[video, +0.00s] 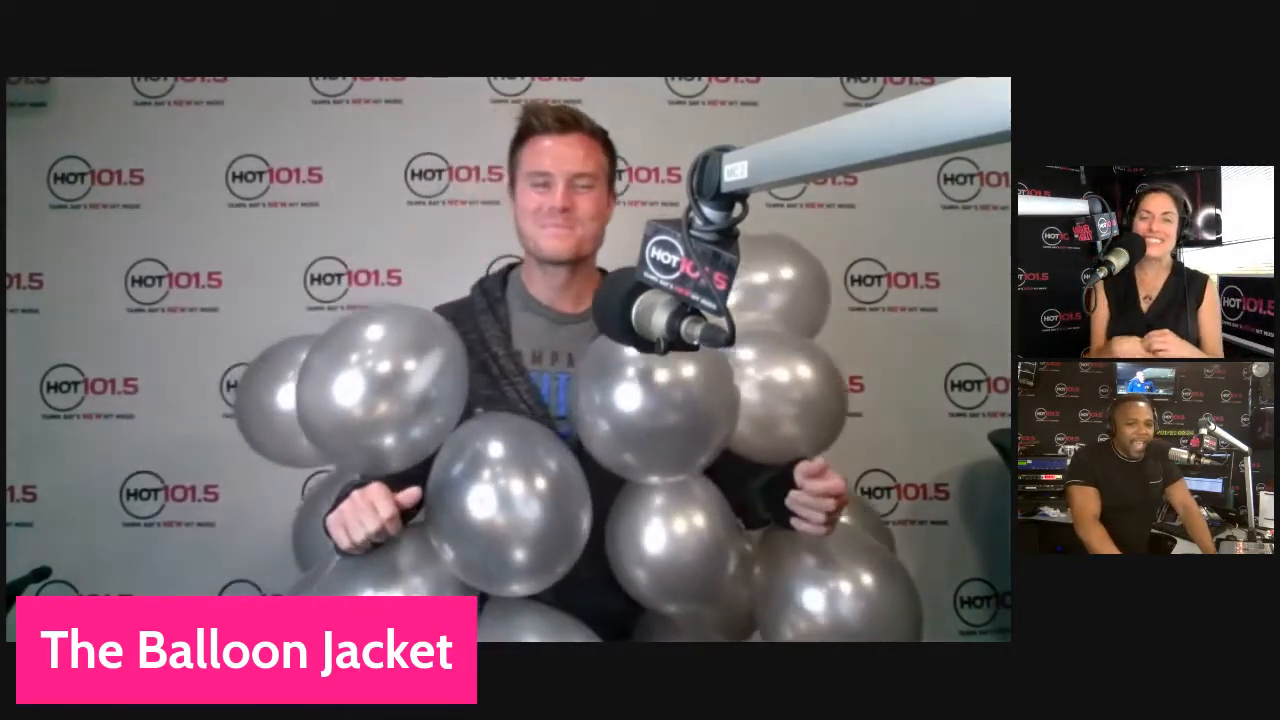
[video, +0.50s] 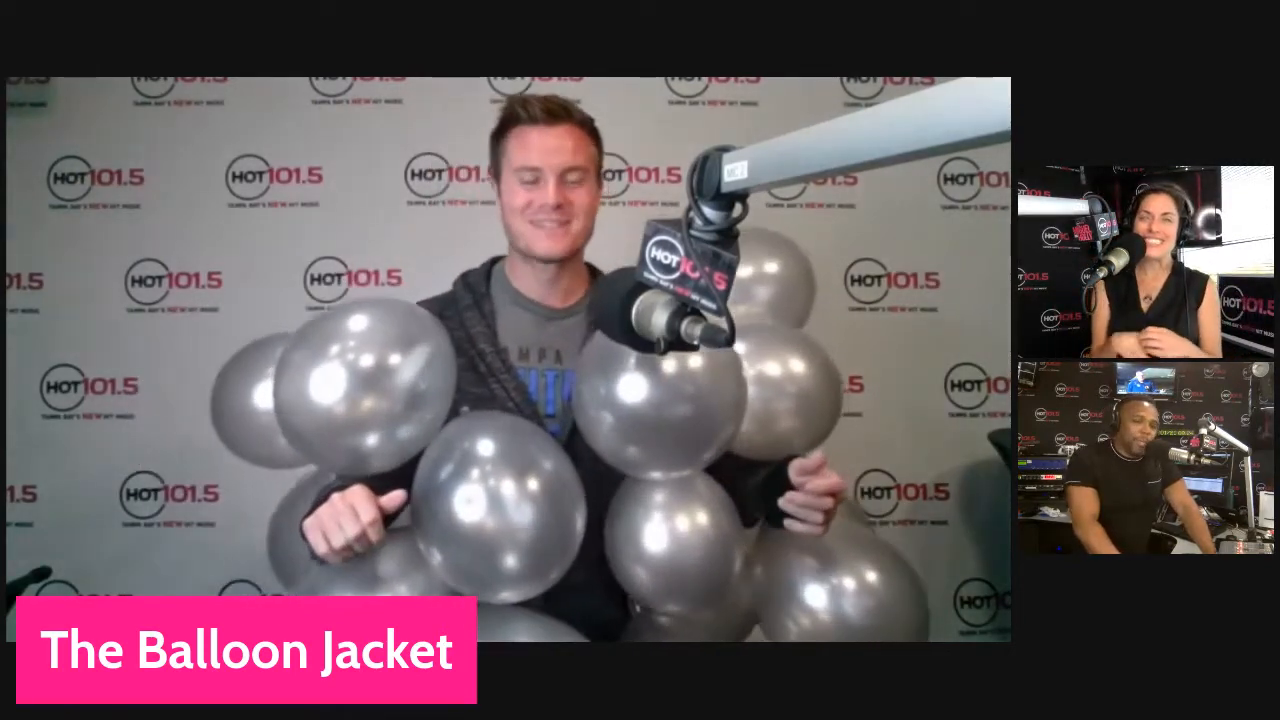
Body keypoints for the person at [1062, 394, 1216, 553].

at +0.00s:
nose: (1142, 432)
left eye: (1148, 424)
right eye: (1132, 424)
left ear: (1154, 428)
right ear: (1112, 427)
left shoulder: (1158, 457)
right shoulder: (1088, 460)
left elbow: (1187, 507)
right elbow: (1087, 524)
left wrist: (1210, 552)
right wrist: (1119, 560)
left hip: (1143, 554)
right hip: (1099, 555)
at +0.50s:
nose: (1146, 430)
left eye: (1152, 424)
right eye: (1137, 421)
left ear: (1157, 430)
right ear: (1117, 422)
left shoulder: (1157, 457)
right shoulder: (1086, 459)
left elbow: (1186, 508)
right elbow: (1085, 524)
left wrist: (1210, 552)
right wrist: (1117, 560)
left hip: (1142, 555)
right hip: (1096, 557)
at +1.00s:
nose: (1146, 432)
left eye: (1152, 426)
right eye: (1137, 423)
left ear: (1157, 430)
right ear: (1117, 422)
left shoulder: (1156, 458)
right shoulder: (1086, 459)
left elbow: (1186, 508)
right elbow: (1085, 524)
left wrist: (1210, 552)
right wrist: (1117, 562)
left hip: (1142, 557)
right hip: (1097, 560)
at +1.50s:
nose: (1142, 430)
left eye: (1147, 423)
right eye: (1132, 423)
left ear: (1153, 427)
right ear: (1112, 428)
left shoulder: (1157, 457)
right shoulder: (1087, 460)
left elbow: (1187, 508)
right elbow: (1086, 524)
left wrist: (1211, 553)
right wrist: (1120, 564)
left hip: (1143, 556)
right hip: (1098, 558)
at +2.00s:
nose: (1142, 433)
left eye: (1148, 425)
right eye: (1131, 425)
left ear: (1154, 428)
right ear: (1112, 427)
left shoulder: (1157, 458)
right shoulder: (1087, 460)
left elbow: (1186, 508)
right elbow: (1086, 524)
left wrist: (1211, 552)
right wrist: (1118, 560)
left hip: (1144, 556)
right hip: (1100, 556)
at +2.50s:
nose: (1141, 432)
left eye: (1147, 424)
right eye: (1131, 424)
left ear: (1153, 428)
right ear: (1112, 427)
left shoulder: (1158, 458)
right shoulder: (1087, 460)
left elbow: (1187, 508)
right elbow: (1086, 524)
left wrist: (1211, 552)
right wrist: (1118, 561)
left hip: (1143, 557)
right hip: (1098, 557)